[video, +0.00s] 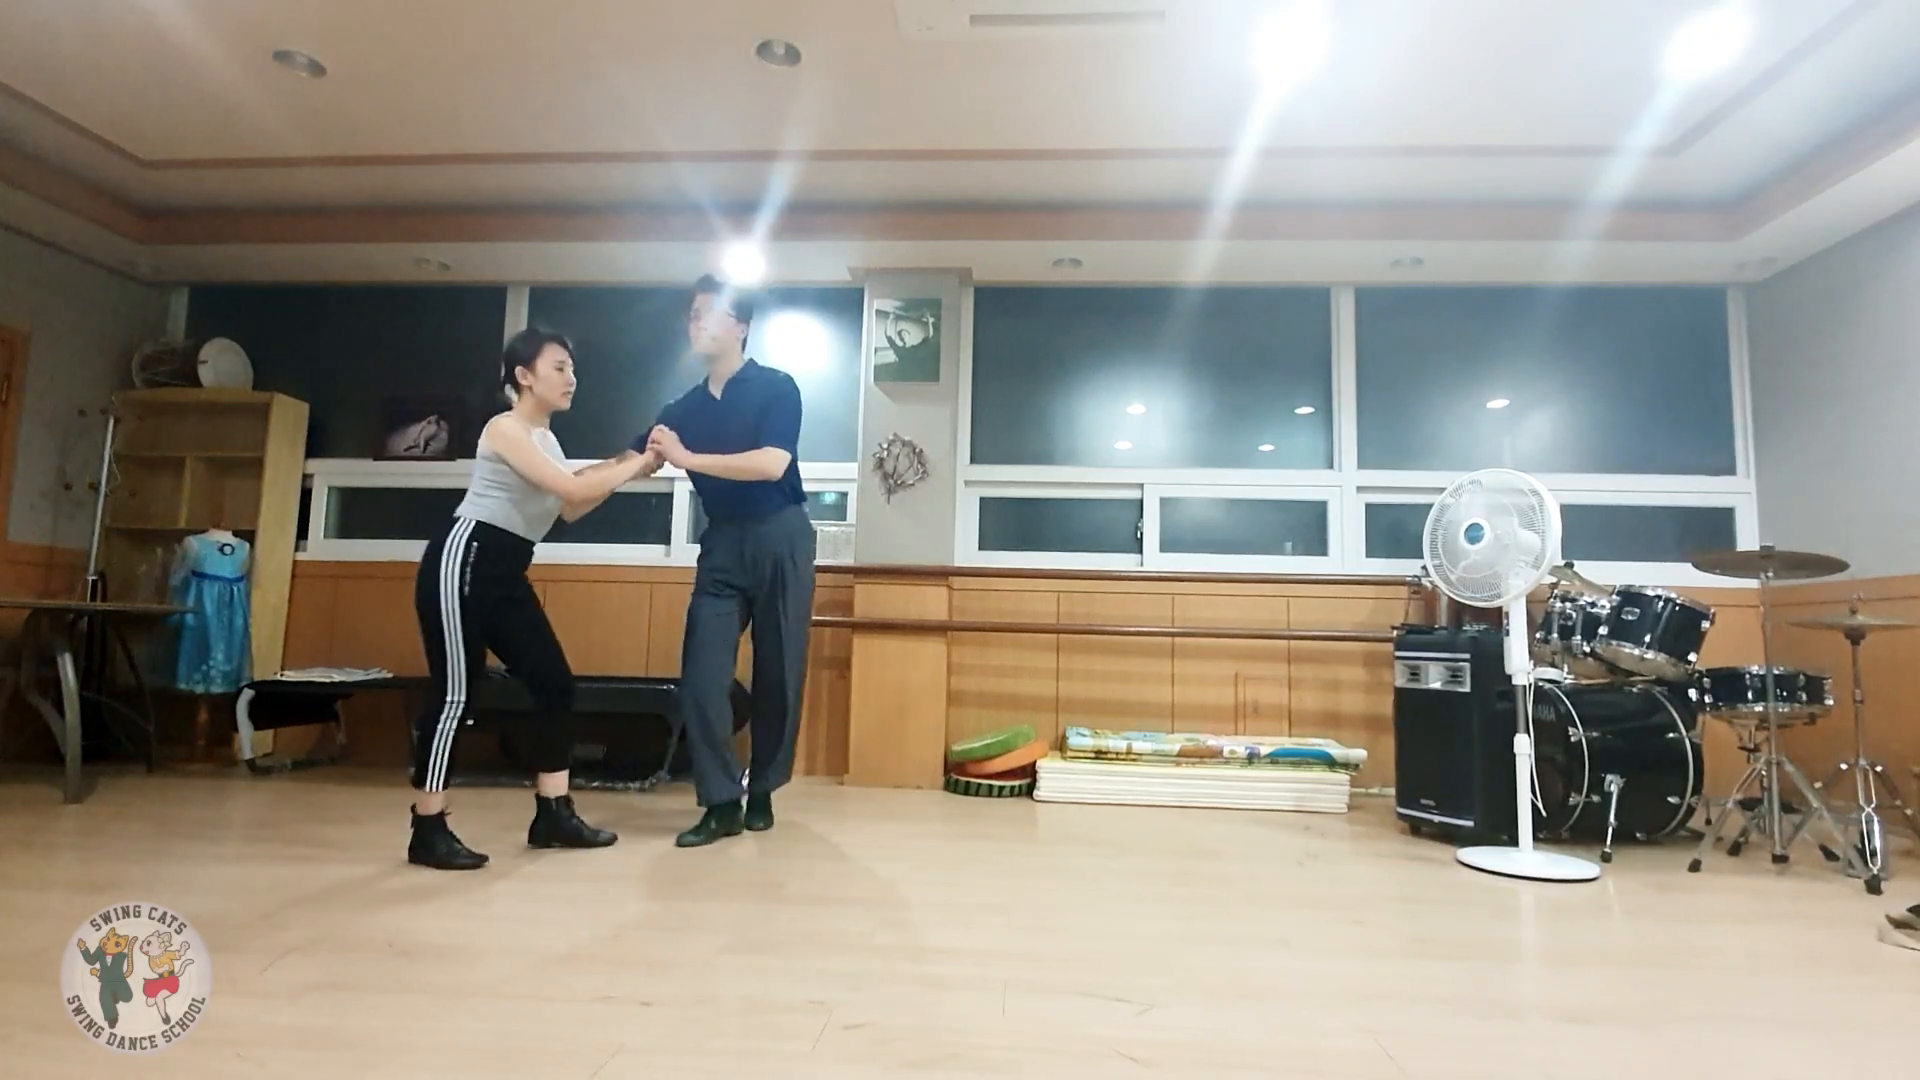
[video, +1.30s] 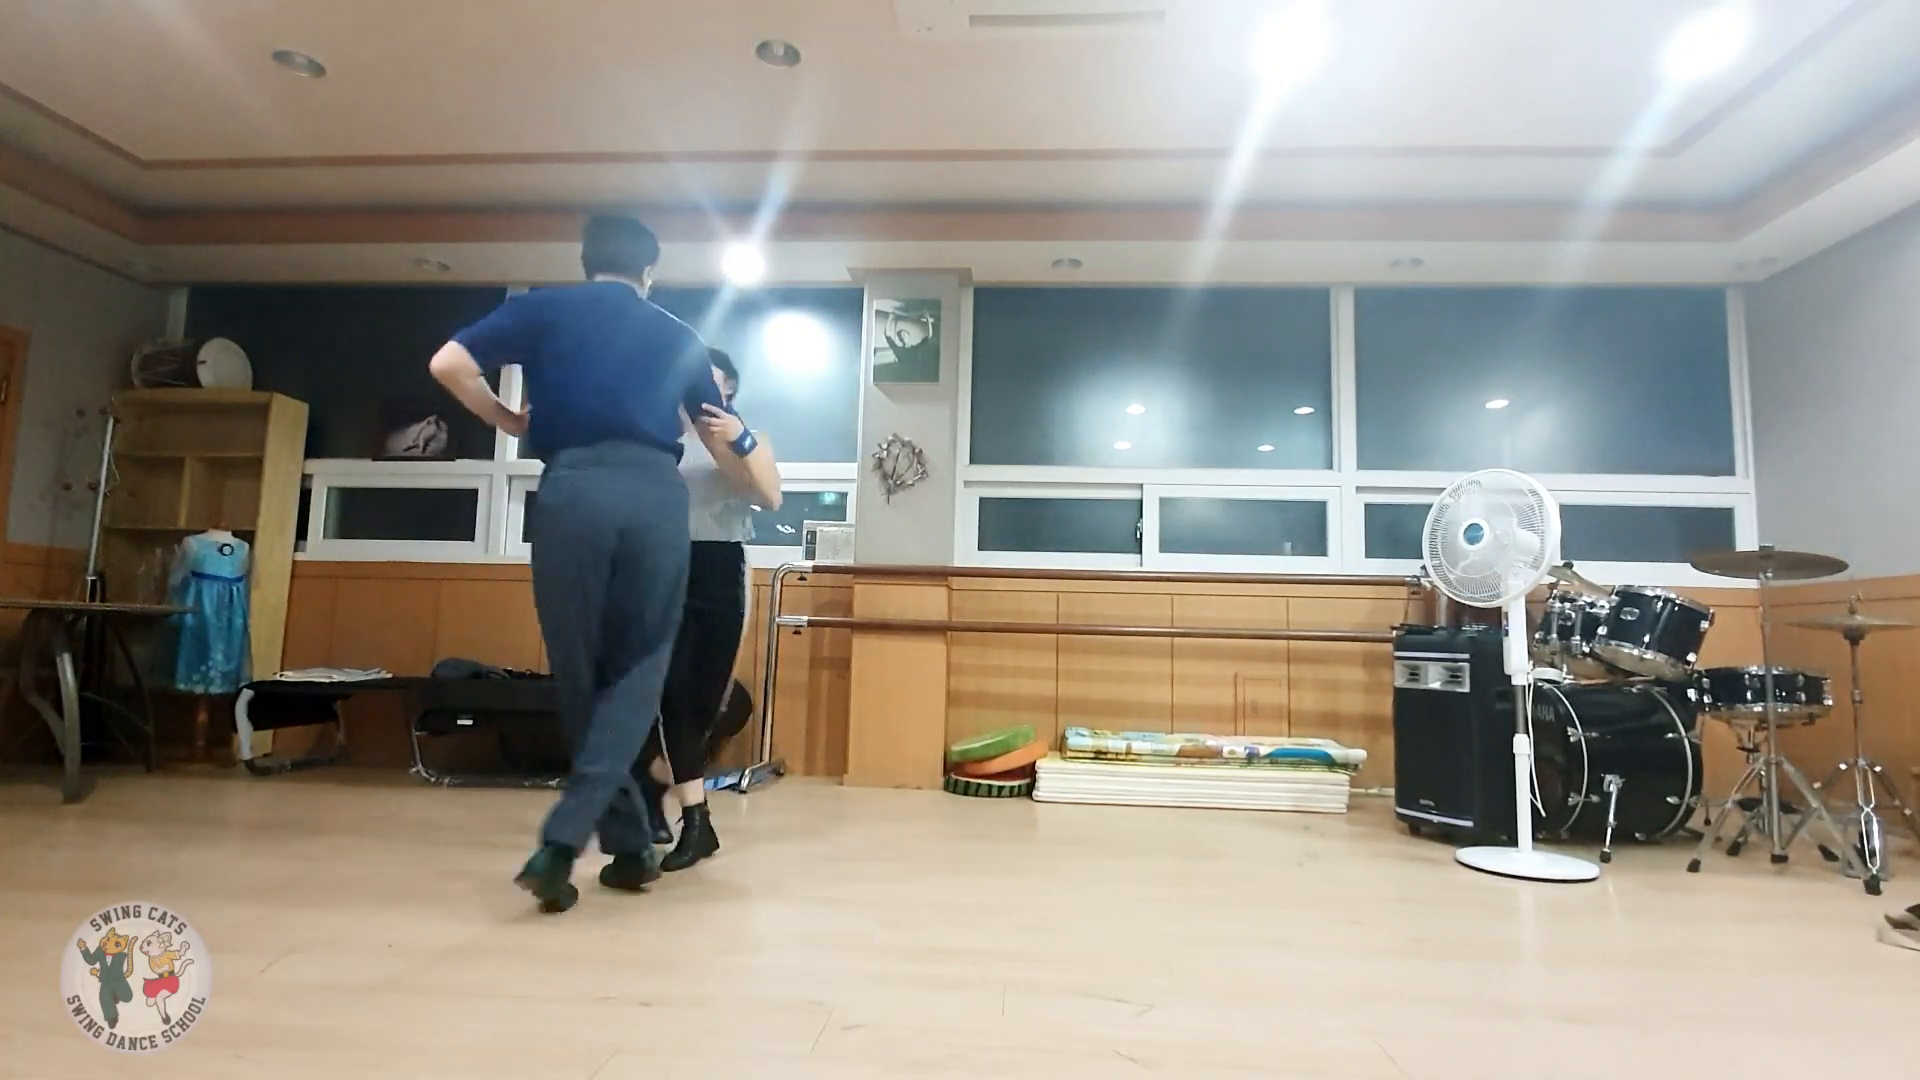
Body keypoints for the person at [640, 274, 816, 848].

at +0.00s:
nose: (692, 325)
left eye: (705, 315)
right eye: (692, 315)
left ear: (739, 327)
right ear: (694, 326)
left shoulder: (776, 386)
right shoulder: (684, 412)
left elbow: (773, 462)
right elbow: (632, 463)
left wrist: (688, 459)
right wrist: (578, 481)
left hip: (781, 540)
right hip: (722, 545)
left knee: (777, 676)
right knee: (703, 678)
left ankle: (762, 792)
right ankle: (722, 803)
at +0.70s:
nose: (643, 296)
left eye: (653, 284)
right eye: (644, 287)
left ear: (691, 288)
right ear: (677, 294)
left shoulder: (718, 341)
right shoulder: (684, 365)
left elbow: (734, 395)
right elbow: (690, 461)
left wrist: (656, 423)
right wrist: (638, 483)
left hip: (737, 524)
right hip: (709, 527)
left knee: (692, 680)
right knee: (695, 677)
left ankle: (668, 845)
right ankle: (715, 799)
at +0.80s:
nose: (622, 285)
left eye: (634, 272)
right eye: (625, 274)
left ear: (671, 280)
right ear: (668, 284)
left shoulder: (692, 329)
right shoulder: (683, 343)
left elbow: (679, 375)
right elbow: (716, 448)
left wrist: (609, 412)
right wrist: (649, 484)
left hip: (717, 521)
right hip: (716, 520)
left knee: (672, 676)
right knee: (710, 668)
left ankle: (664, 846)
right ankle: (721, 794)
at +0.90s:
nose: (609, 278)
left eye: (617, 267)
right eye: (613, 267)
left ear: (642, 274)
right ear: (663, 280)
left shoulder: (650, 317)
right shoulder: (682, 330)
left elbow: (615, 360)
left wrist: (577, 405)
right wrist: (605, 410)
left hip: (688, 520)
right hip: (724, 515)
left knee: (650, 680)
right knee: (728, 670)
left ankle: (661, 849)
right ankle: (755, 802)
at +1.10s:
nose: (607, 277)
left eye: (606, 267)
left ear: (605, 270)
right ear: (664, 275)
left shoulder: (584, 315)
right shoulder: (690, 346)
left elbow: (511, 358)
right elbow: (711, 446)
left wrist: (539, 429)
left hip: (630, 497)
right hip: (700, 498)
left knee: (610, 678)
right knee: (714, 678)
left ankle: (653, 850)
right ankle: (753, 821)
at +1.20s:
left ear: (596, 261)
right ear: (657, 272)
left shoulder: (560, 308)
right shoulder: (688, 342)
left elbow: (475, 359)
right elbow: (721, 447)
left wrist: (513, 415)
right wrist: (731, 472)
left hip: (602, 495)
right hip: (681, 500)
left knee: (599, 680)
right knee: (676, 679)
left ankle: (639, 845)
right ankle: (661, 824)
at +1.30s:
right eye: (645, 262)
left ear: (585, 260)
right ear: (648, 268)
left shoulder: (543, 309)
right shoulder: (680, 336)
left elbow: (449, 362)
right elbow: (720, 436)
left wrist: (508, 419)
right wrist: (753, 481)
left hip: (573, 489)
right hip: (656, 493)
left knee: (582, 674)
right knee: (639, 667)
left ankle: (631, 846)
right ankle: (561, 843)